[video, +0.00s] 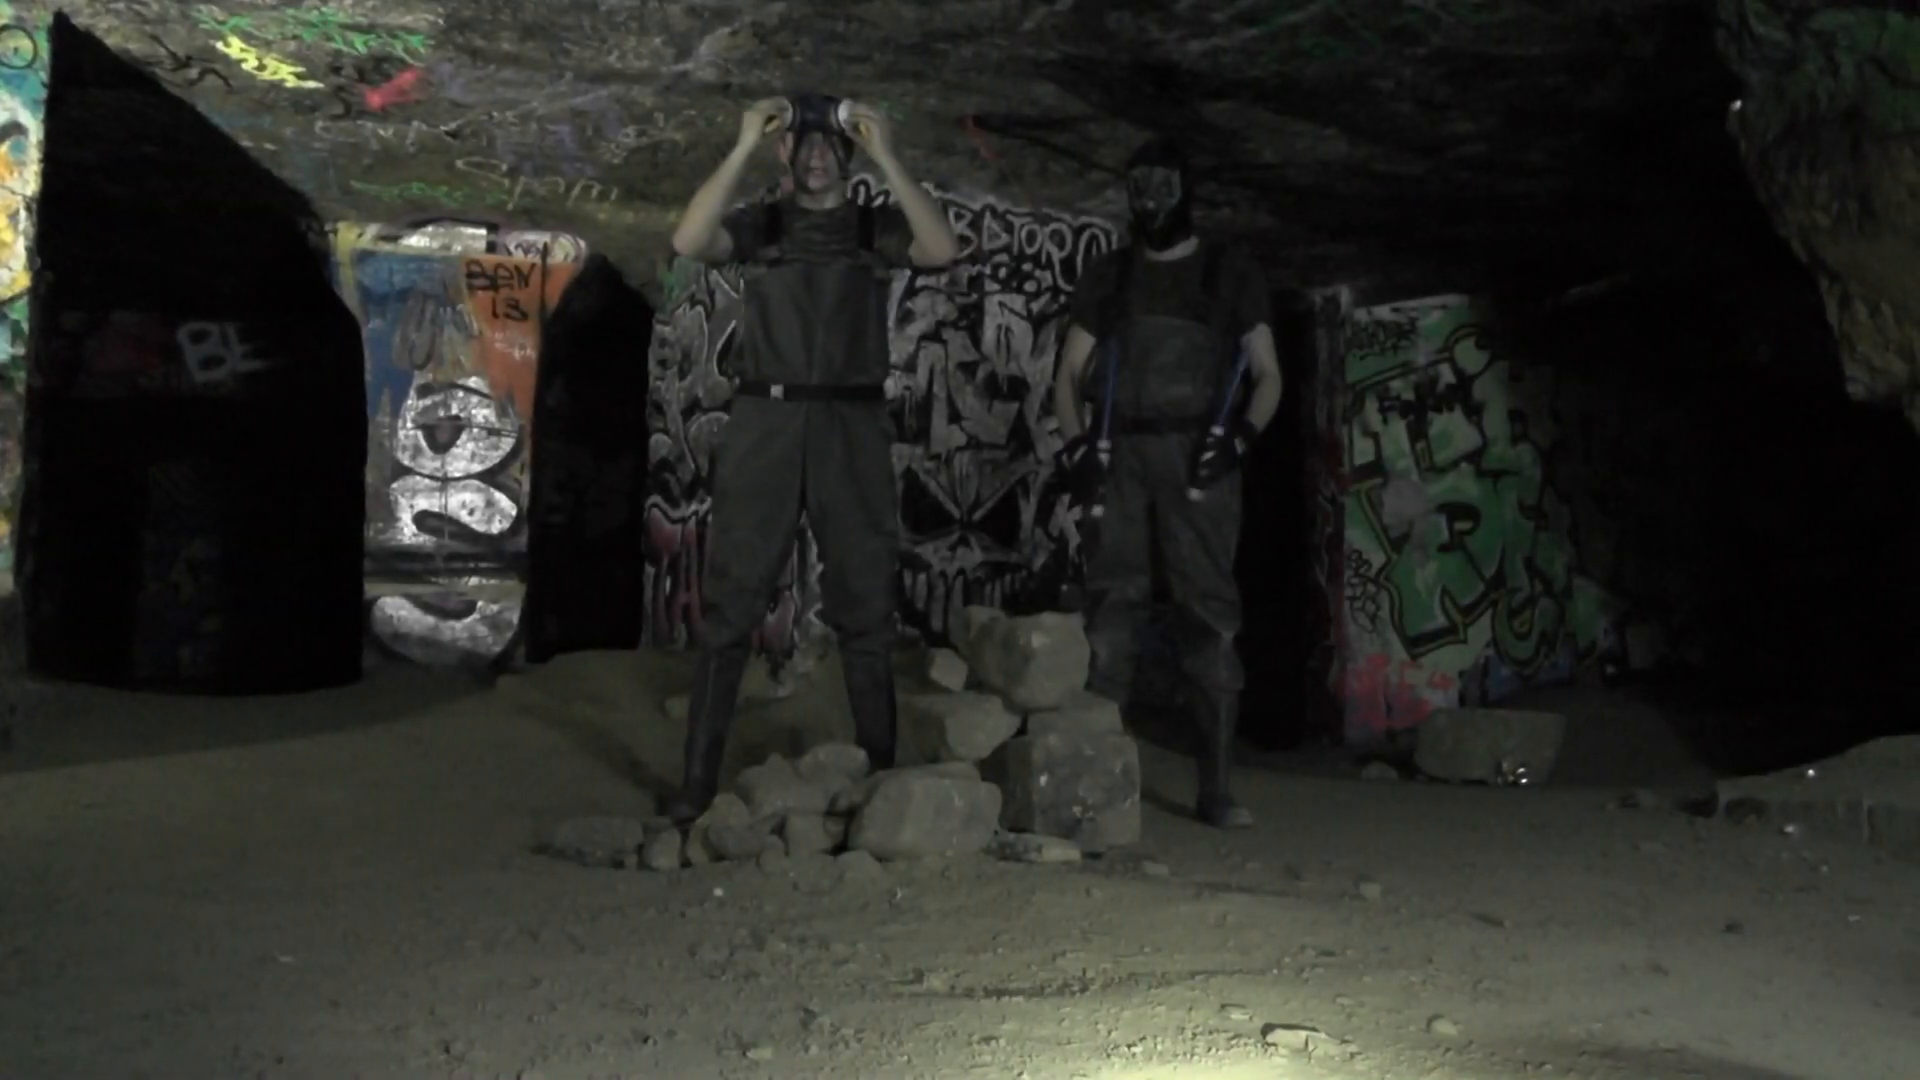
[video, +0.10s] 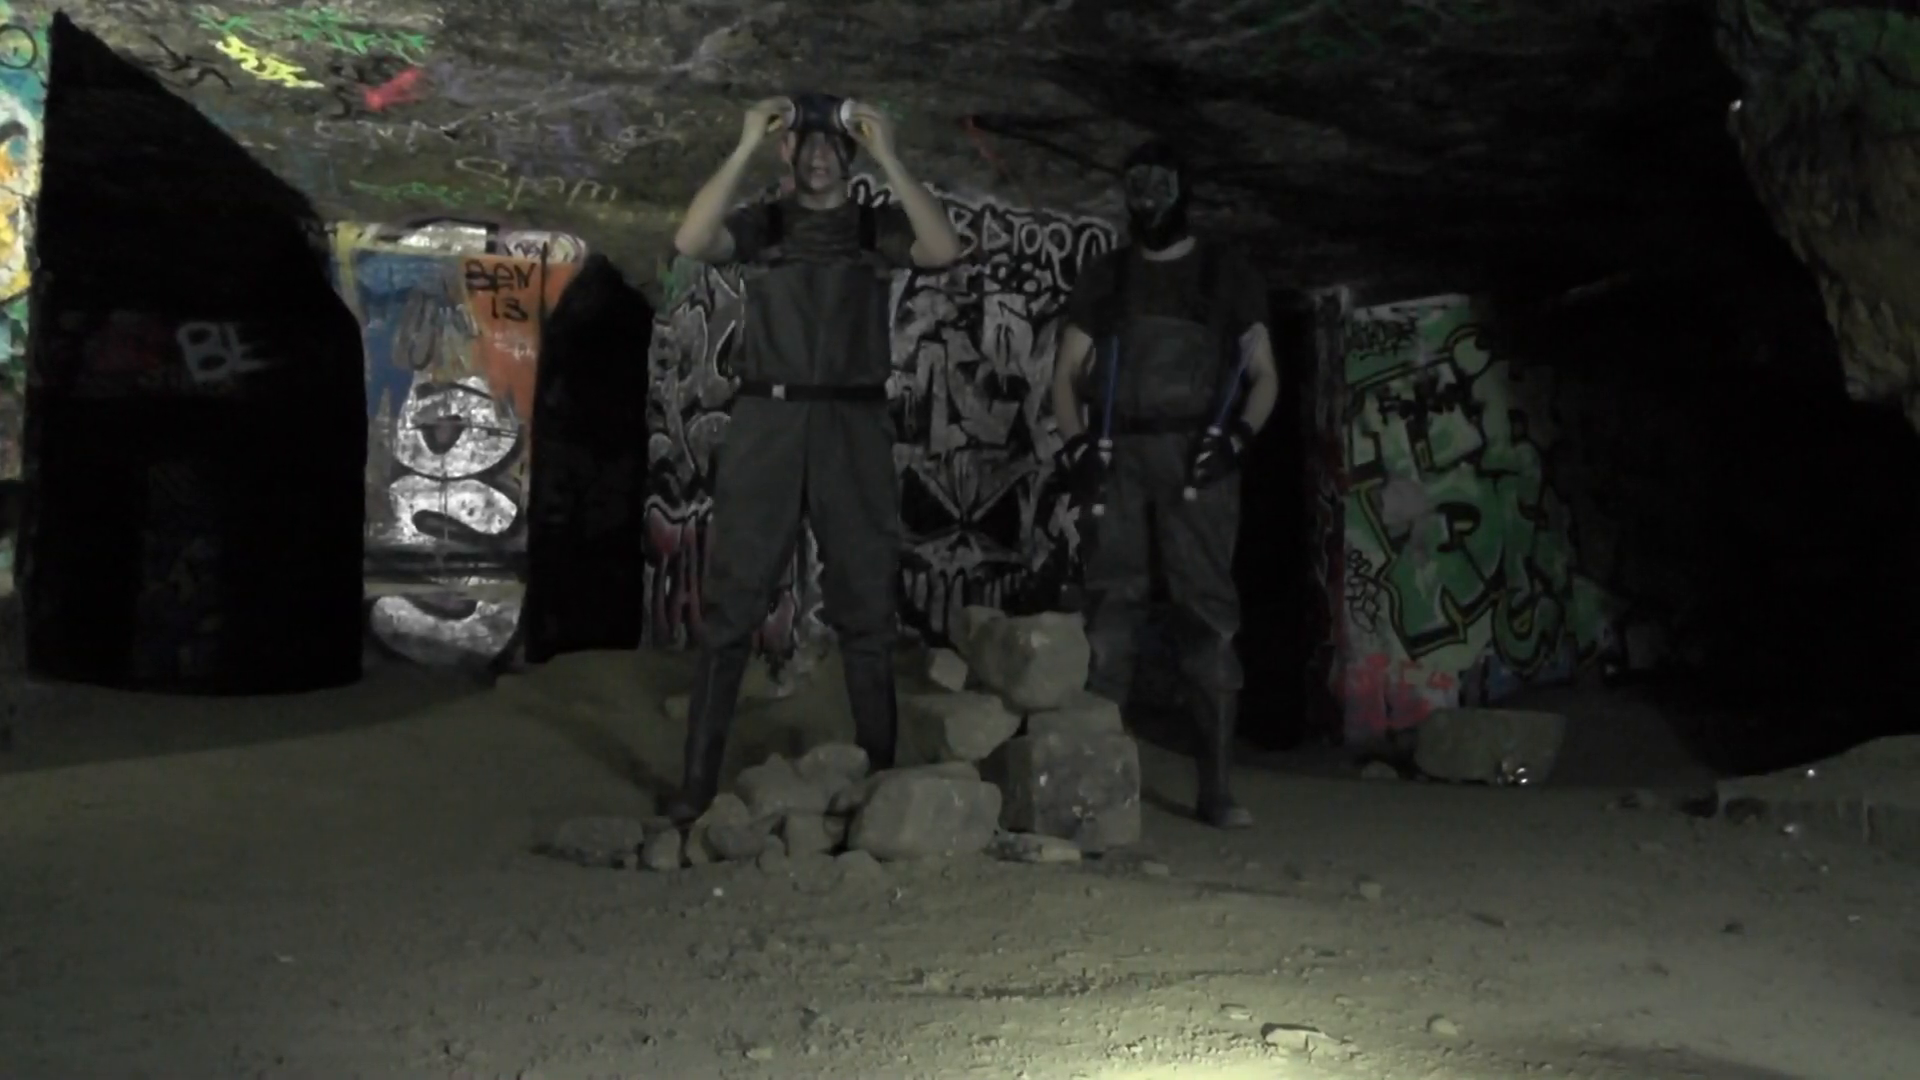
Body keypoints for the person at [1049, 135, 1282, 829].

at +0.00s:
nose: (1152, 200)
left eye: (1163, 185)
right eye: (1141, 186)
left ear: (1186, 192)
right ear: (1127, 194)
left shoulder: (1226, 272)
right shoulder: (1112, 274)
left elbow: (1268, 376)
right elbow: (1067, 372)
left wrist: (1238, 439)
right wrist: (1078, 447)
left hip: (1198, 469)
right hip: (1119, 471)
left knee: (1209, 619)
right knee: (1112, 617)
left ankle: (1216, 787)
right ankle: (1098, 781)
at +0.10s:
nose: (1149, 202)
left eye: (1161, 188)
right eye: (1138, 188)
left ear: (1183, 195)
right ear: (1124, 196)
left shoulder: (1223, 273)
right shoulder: (1109, 274)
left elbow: (1264, 375)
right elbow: (1064, 370)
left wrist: (1235, 440)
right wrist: (1076, 446)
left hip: (1197, 469)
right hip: (1116, 471)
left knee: (1209, 620)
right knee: (1110, 618)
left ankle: (1216, 786)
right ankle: (1098, 781)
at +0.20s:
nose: (1145, 202)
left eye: (1157, 188)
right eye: (1134, 188)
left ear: (1179, 195)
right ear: (1119, 197)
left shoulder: (1218, 273)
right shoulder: (1104, 276)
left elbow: (1259, 375)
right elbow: (1062, 374)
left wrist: (1231, 443)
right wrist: (1077, 452)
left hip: (1196, 471)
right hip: (1115, 472)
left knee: (1206, 620)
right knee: (1108, 618)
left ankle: (1216, 788)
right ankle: (1096, 782)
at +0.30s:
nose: (1140, 201)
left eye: (1152, 187)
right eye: (1129, 188)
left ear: (1174, 193)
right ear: (1114, 196)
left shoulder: (1213, 269)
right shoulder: (1097, 273)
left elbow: (1254, 375)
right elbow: (1056, 374)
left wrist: (1229, 441)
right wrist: (1069, 448)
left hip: (1191, 467)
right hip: (1110, 470)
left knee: (1204, 619)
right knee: (1106, 617)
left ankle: (1216, 788)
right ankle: (1096, 783)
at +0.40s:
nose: (1133, 200)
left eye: (1144, 187)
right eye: (1122, 188)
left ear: (1168, 194)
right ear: (1108, 197)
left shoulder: (1206, 270)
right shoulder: (1088, 274)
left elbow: (1248, 375)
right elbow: (1051, 379)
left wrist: (1225, 442)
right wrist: (1064, 458)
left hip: (1186, 468)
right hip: (1103, 471)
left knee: (1200, 619)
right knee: (1102, 618)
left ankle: (1215, 784)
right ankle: (1095, 782)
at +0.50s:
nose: (1126, 200)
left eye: (1137, 187)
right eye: (1116, 187)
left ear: (1161, 195)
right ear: (1101, 196)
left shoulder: (1199, 271)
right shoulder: (1083, 273)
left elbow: (1242, 376)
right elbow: (1044, 381)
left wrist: (1219, 446)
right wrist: (1064, 464)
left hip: (1182, 468)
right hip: (1099, 470)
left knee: (1198, 619)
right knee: (1100, 620)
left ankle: (1215, 785)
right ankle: (1096, 783)